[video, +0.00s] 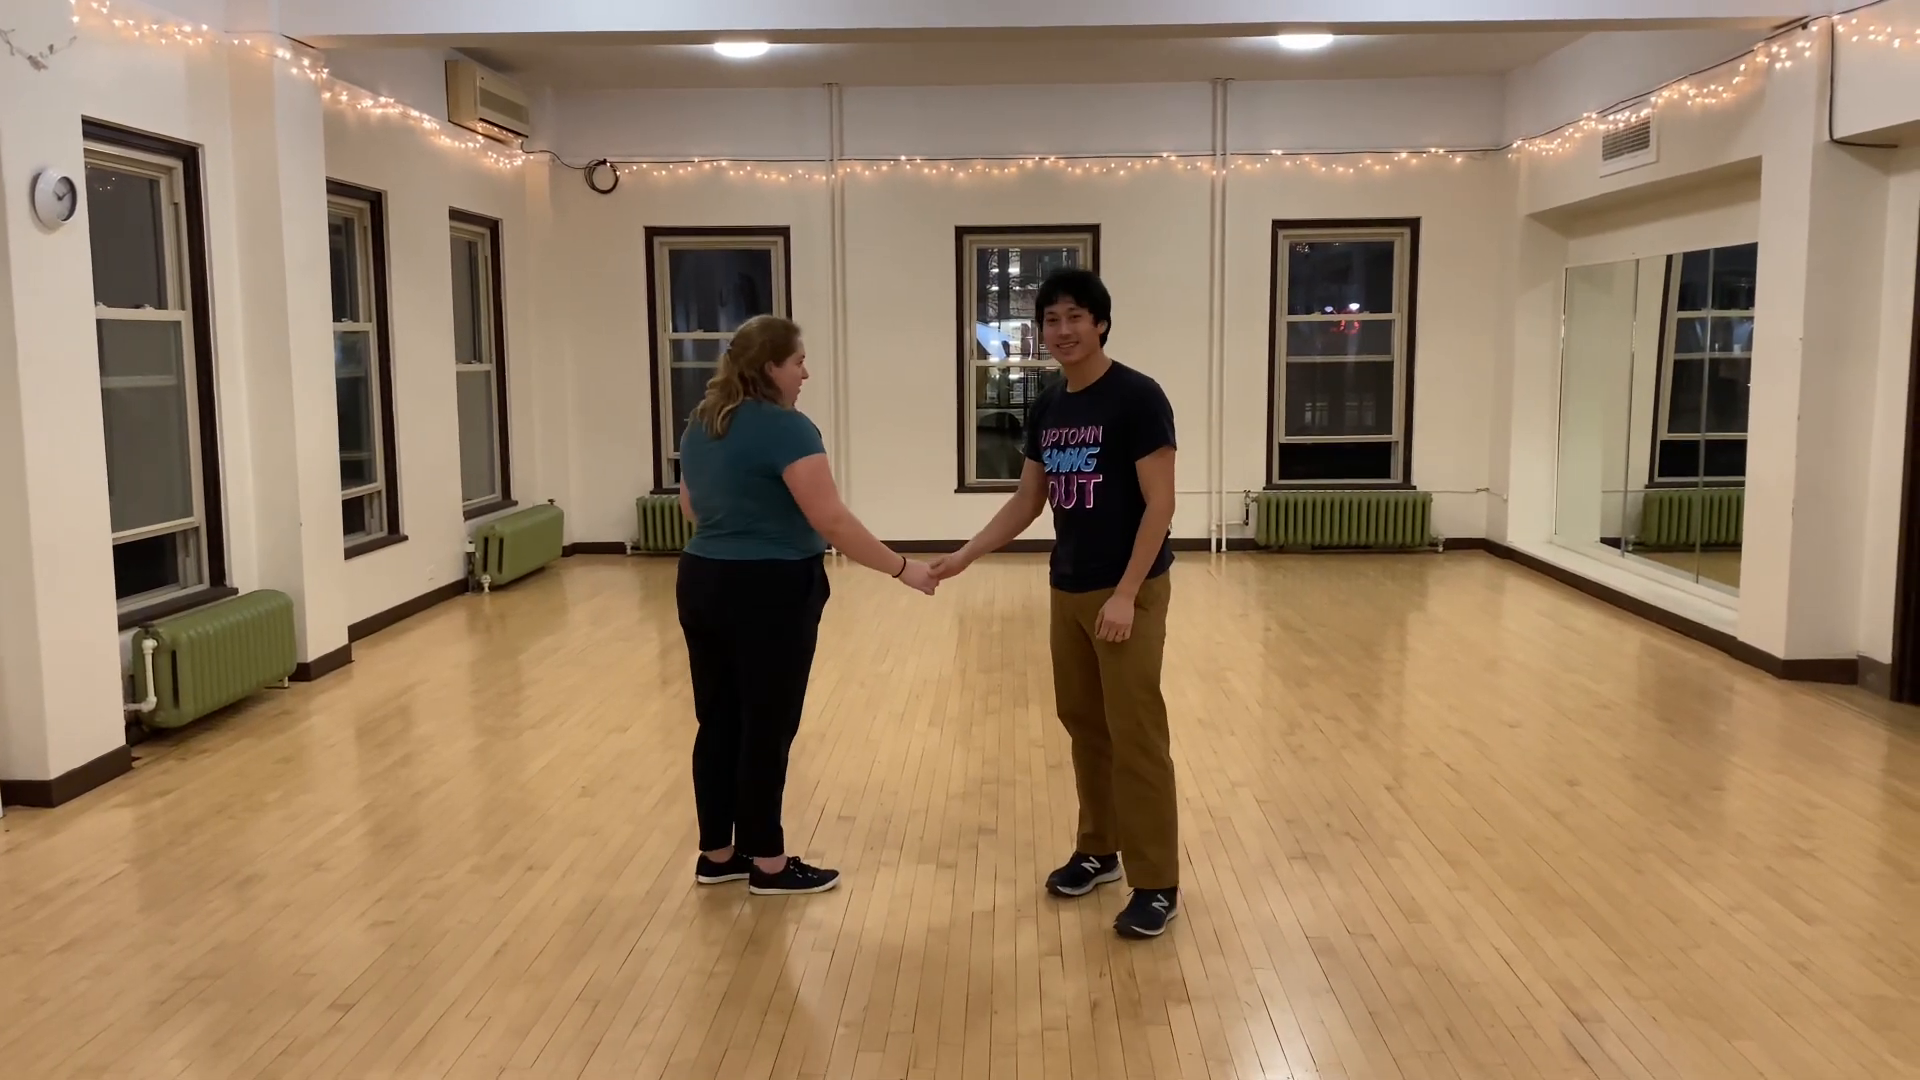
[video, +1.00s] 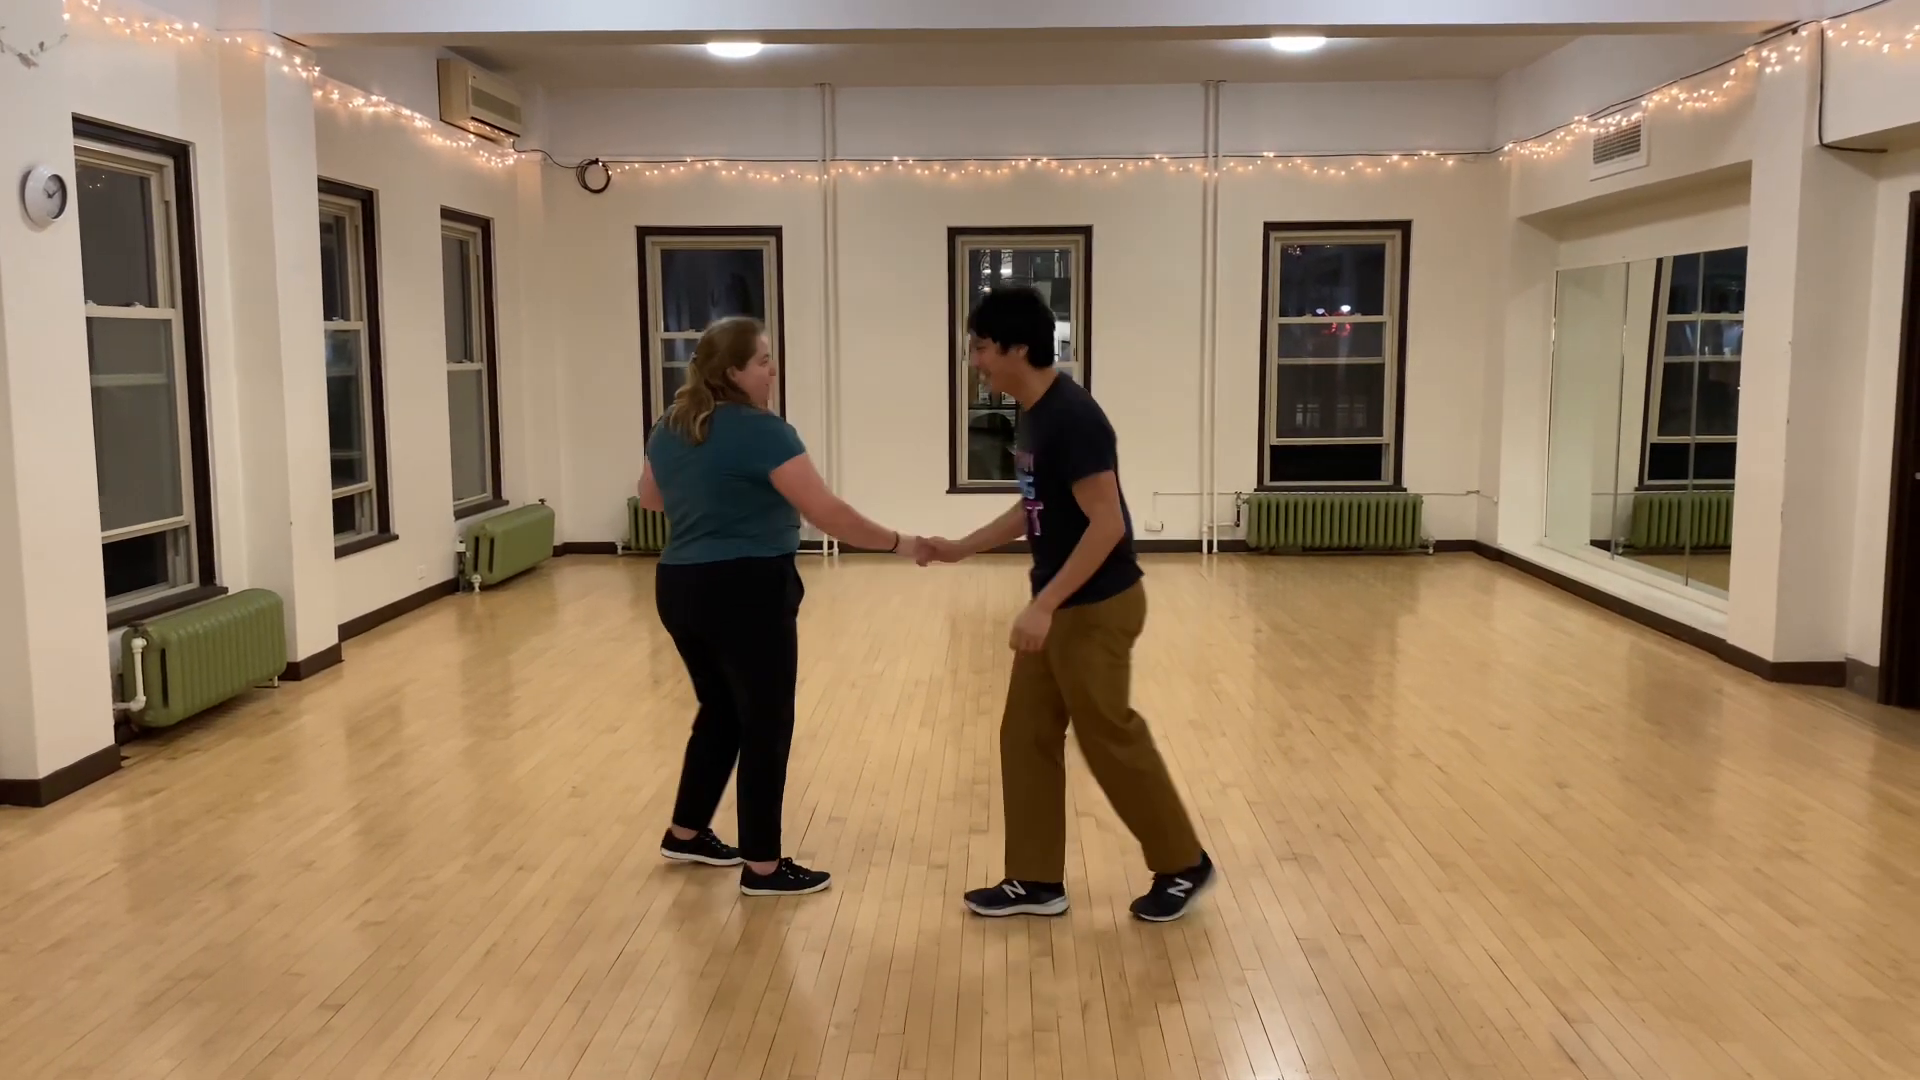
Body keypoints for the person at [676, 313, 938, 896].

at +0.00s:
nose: (805, 372)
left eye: (803, 361)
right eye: (798, 362)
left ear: (744, 367)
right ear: (768, 367)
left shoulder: (701, 424)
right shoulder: (787, 427)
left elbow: (691, 505)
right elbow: (830, 519)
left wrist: (744, 527)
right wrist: (901, 567)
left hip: (705, 584)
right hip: (776, 588)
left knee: (717, 719)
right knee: (769, 724)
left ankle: (717, 852)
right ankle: (768, 862)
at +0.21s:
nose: (804, 372)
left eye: (802, 360)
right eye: (795, 361)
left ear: (743, 368)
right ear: (763, 367)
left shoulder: (702, 425)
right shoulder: (780, 429)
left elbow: (712, 507)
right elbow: (827, 522)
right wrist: (899, 566)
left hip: (705, 585)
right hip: (773, 591)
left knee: (718, 719)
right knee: (768, 726)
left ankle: (715, 852)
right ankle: (766, 863)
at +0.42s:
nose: (801, 372)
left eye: (800, 361)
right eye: (793, 361)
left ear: (741, 368)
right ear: (760, 366)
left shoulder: (701, 425)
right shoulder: (776, 431)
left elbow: (719, 510)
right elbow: (827, 522)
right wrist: (909, 535)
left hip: (704, 585)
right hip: (770, 592)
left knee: (717, 719)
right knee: (768, 725)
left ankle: (712, 852)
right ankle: (763, 863)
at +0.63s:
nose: (797, 370)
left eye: (795, 359)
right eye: (789, 361)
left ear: (739, 368)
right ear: (757, 367)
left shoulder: (693, 429)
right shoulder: (775, 430)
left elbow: (697, 510)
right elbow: (851, 501)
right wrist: (914, 475)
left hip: (700, 585)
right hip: (770, 590)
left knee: (720, 720)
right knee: (768, 725)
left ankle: (712, 853)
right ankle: (762, 863)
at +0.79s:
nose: (790, 368)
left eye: (787, 357)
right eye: (782, 359)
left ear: (729, 368)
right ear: (752, 367)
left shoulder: (685, 427)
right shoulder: (780, 428)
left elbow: (669, 503)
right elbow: (857, 494)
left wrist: (731, 490)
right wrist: (919, 488)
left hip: (694, 587)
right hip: (769, 587)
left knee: (728, 717)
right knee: (767, 723)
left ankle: (713, 844)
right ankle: (762, 862)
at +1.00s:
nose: (772, 371)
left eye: (770, 359)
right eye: (763, 361)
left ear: (710, 371)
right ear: (734, 371)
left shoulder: (671, 429)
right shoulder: (764, 431)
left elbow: (652, 500)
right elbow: (826, 512)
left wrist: (709, 480)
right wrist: (900, 541)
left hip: (682, 589)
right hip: (752, 589)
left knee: (720, 709)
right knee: (767, 724)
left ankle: (686, 831)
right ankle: (763, 863)